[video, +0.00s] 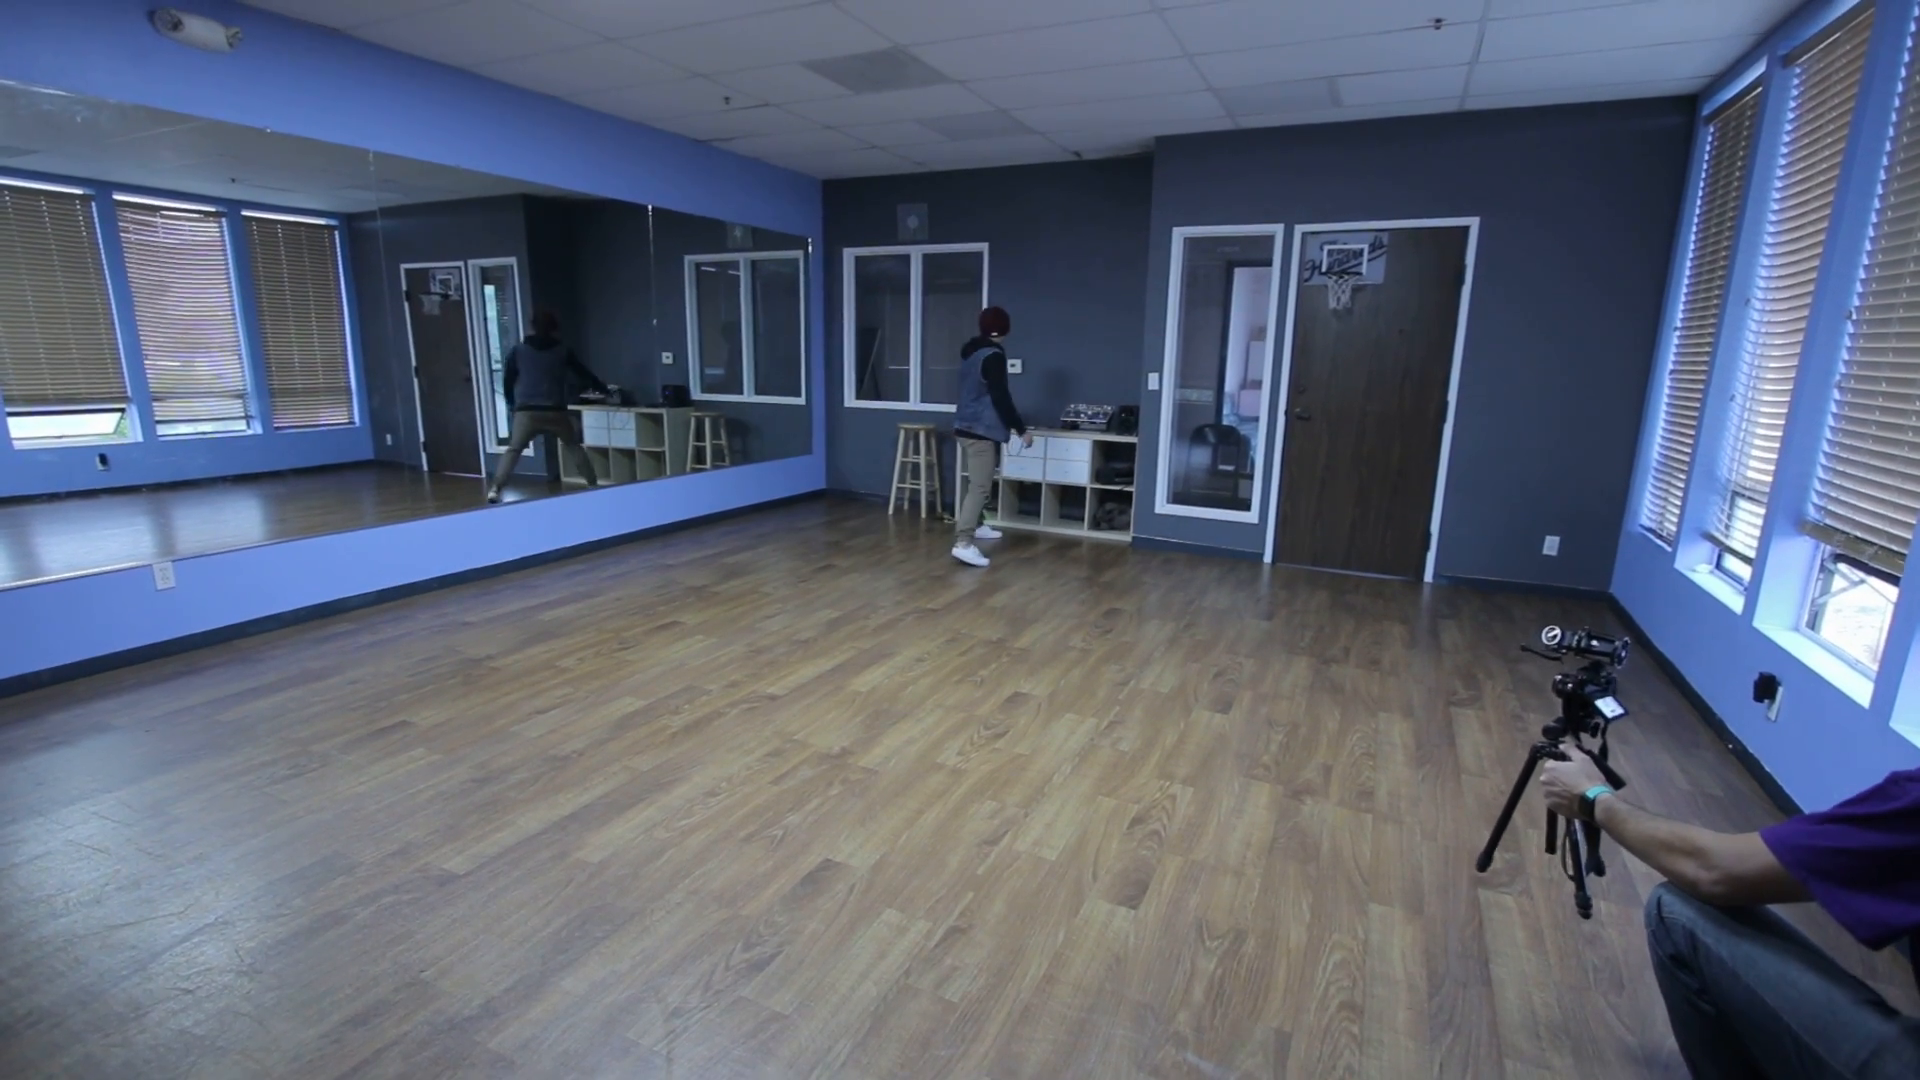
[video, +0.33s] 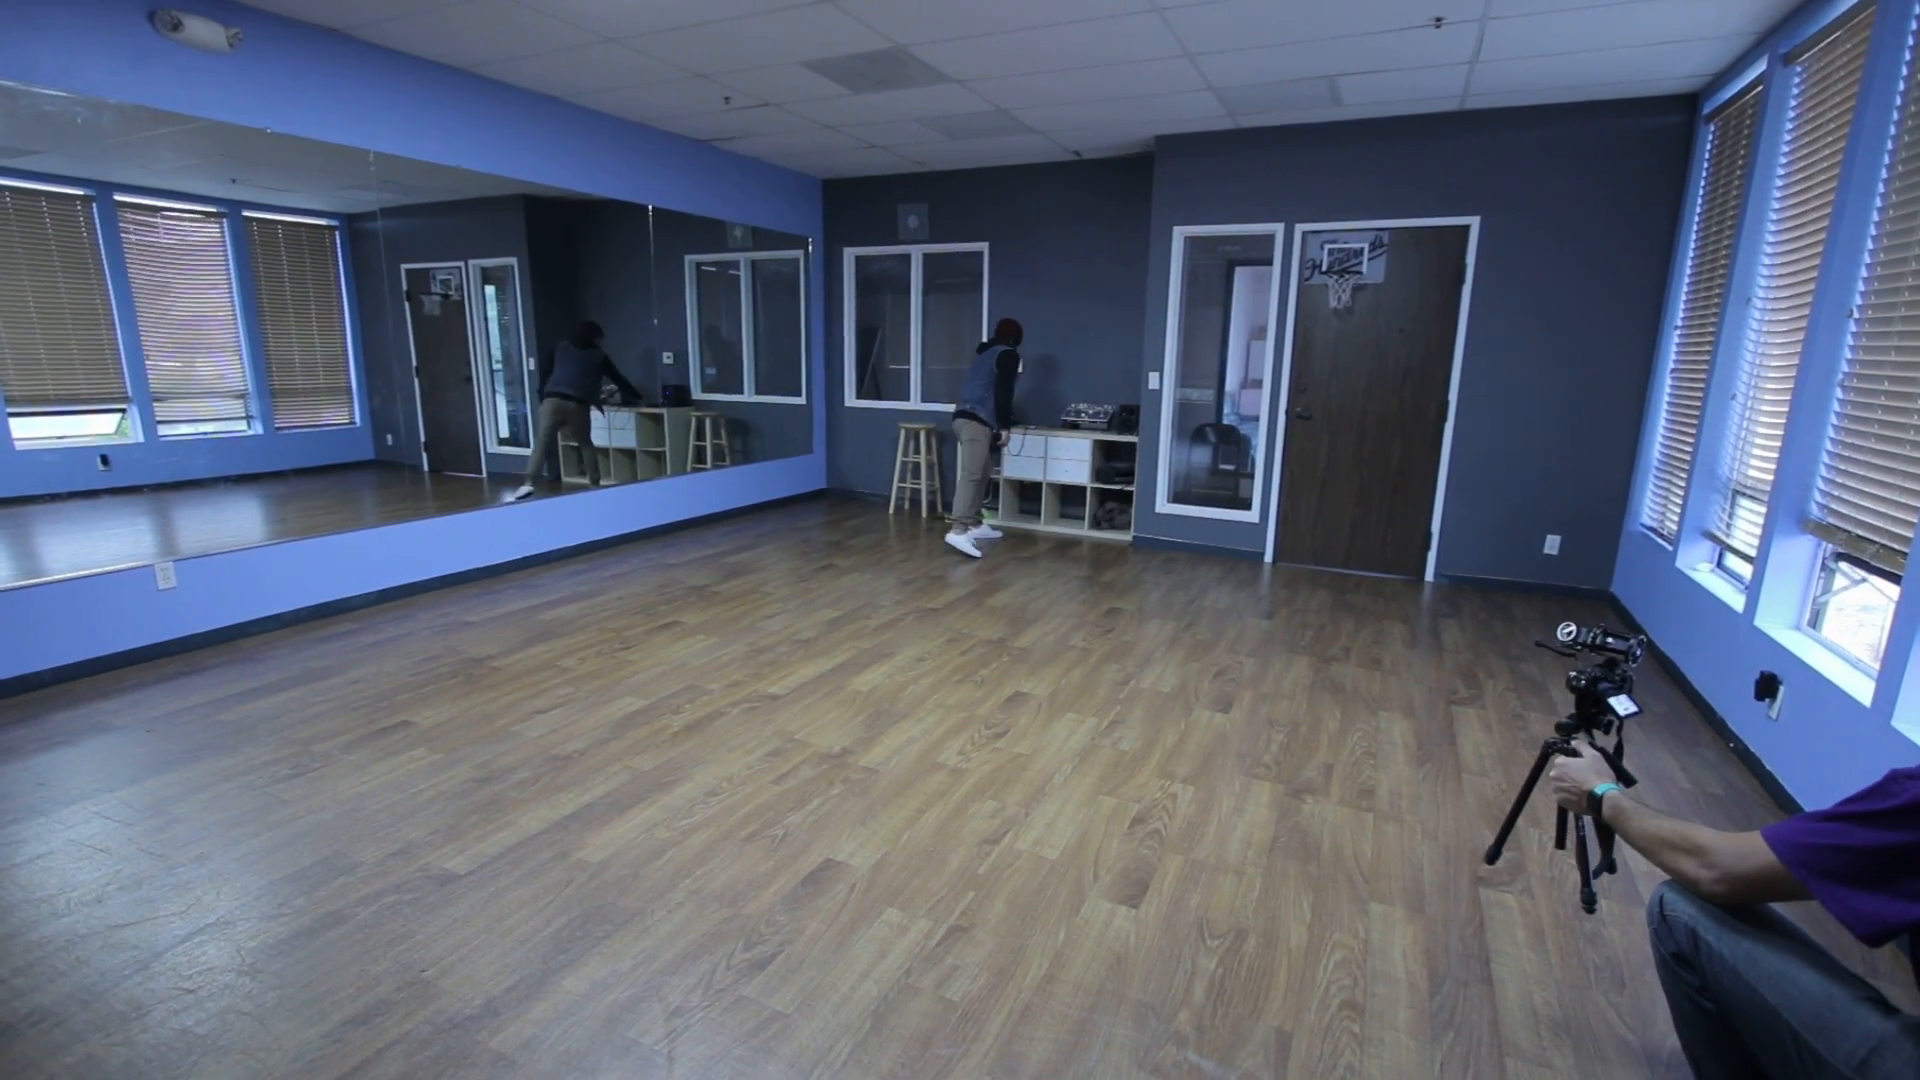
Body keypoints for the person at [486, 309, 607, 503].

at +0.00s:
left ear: (533, 328)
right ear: (555, 328)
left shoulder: (518, 350)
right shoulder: (562, 350)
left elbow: (508, 381)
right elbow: (583, 373)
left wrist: (512, 405)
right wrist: (604, 389)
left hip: (526, 411)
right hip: (556, 410)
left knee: (514, 450)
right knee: (573, 446)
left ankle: (495, 489)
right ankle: (593, 484)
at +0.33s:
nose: (599, 341)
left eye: (599, 338)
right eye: (599, 338)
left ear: (577, 333)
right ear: (596, 337)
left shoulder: (561, 347)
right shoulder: (598, 355)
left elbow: (546, 370)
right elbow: (618, 379)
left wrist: (542, 393)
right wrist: (637, 397)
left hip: (553, 400)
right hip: (579, 405)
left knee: (541, 443)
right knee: (585, 443)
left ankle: (528, 483)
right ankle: (595, 484)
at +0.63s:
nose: (611, 341)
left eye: (610, 338)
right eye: (610, 338)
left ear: (589, 333)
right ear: (606, 338)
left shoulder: (570, 347)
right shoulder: (608, 356)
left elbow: (555, 372)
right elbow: (624, 383)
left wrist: (550, 397)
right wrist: (639, 403)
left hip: (563, 398)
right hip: (588, 403)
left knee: (556, 440)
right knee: (590, 443)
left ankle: (549, 480)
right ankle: (595, 484)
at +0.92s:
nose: (612, 338)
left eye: (612, 335)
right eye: (611, 335)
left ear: (588, 330)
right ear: (606, 335)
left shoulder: (570, 344)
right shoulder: (609, 353)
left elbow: (555, 370)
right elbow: (623, 380)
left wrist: (549, 396)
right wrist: (638, 399)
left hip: (565, 398)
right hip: (590, 401)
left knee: (564, 440)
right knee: (590, 441)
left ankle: (566, 479)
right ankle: (594, 482)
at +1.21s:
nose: (607, 339)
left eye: (606, 336)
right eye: (606, 336)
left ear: (584, 331)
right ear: (602, 335)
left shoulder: (568, 346)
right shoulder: (605, 354)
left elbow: (553, 373)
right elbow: (622, 379)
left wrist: (549, 399)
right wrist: (638, 399)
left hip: (566, 401)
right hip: (590, 402)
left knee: (569, 442)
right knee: (591, 442)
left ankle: (573, 482)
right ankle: (594, 483)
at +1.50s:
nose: (594, 336)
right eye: (593, 333)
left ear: (573, 329)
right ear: (593, 333)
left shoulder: (558, 345)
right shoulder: (597, 352)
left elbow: (547, 373)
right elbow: (614, 378)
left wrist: (544, 400)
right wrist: (628, 399)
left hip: (563, 401)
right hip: (588, 402)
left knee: (562, 444)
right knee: (589, 444)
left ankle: (566, 485)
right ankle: (594, 484)